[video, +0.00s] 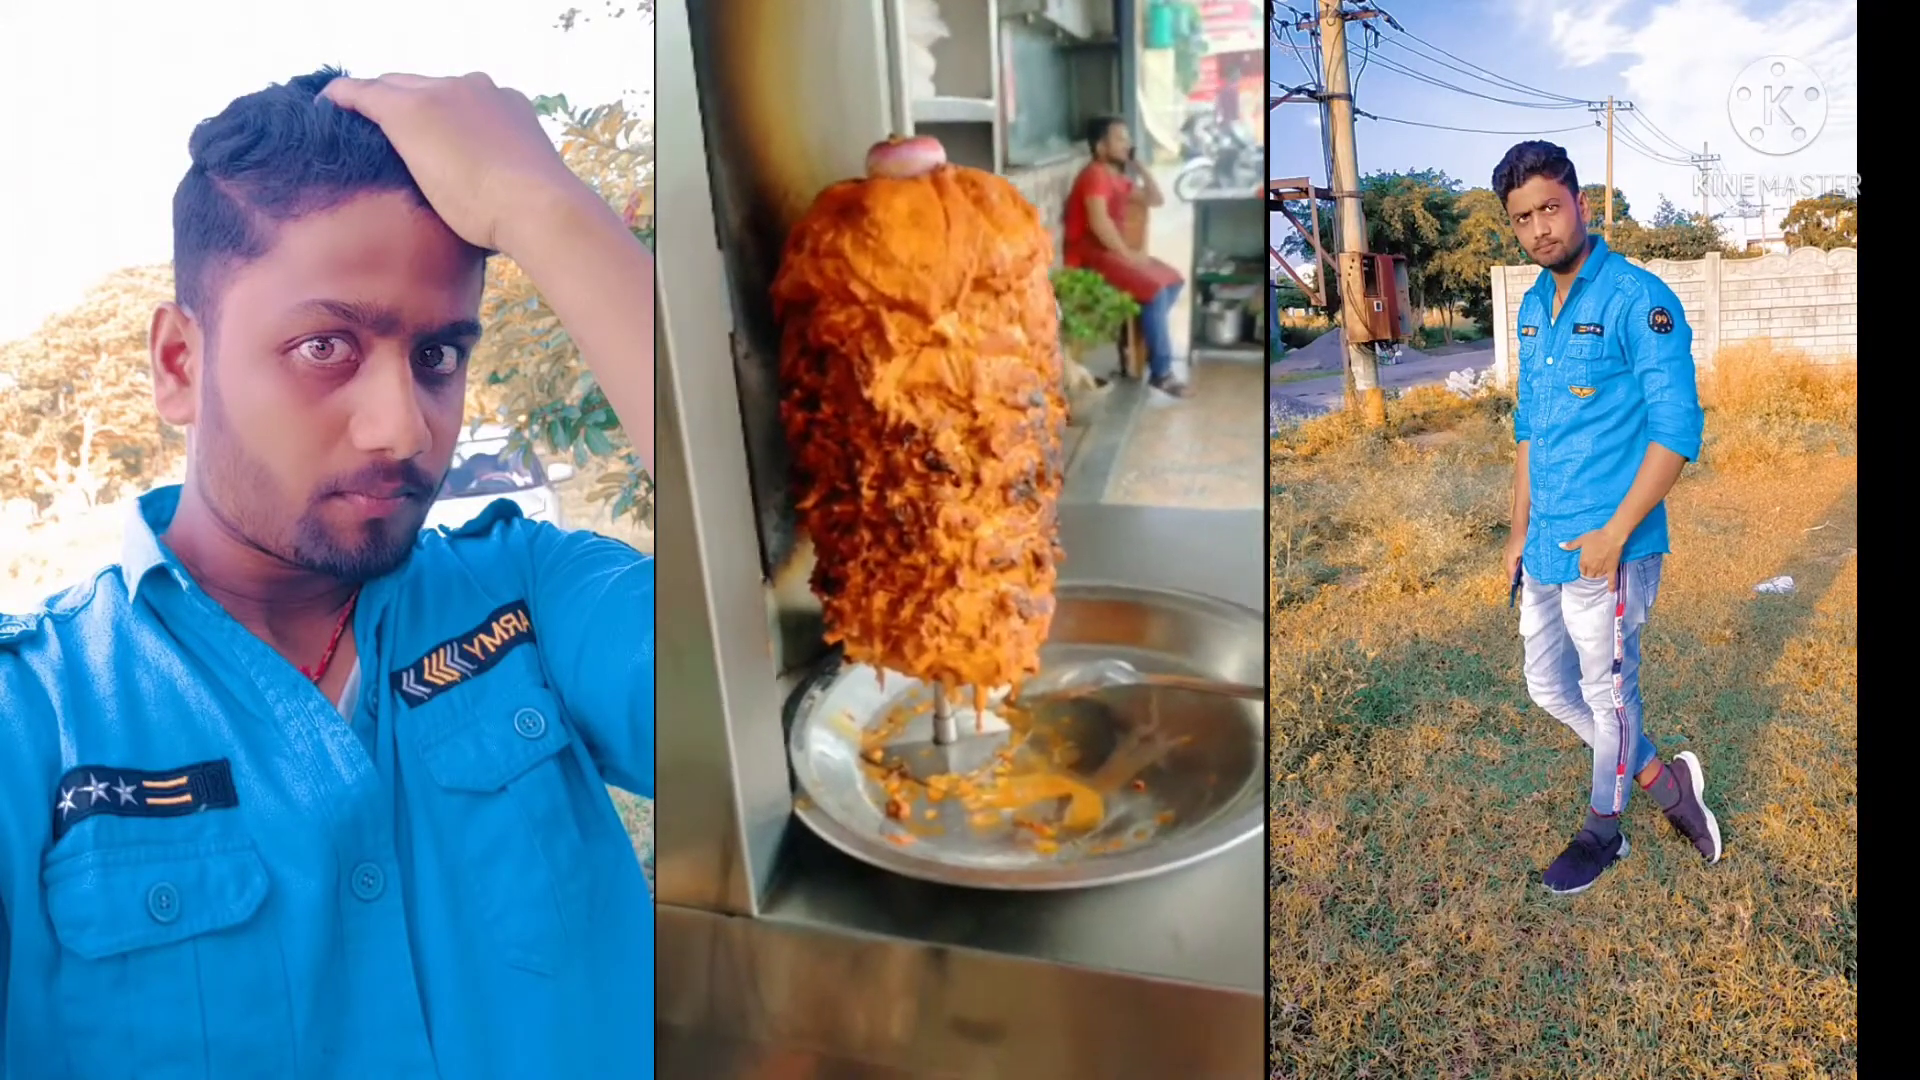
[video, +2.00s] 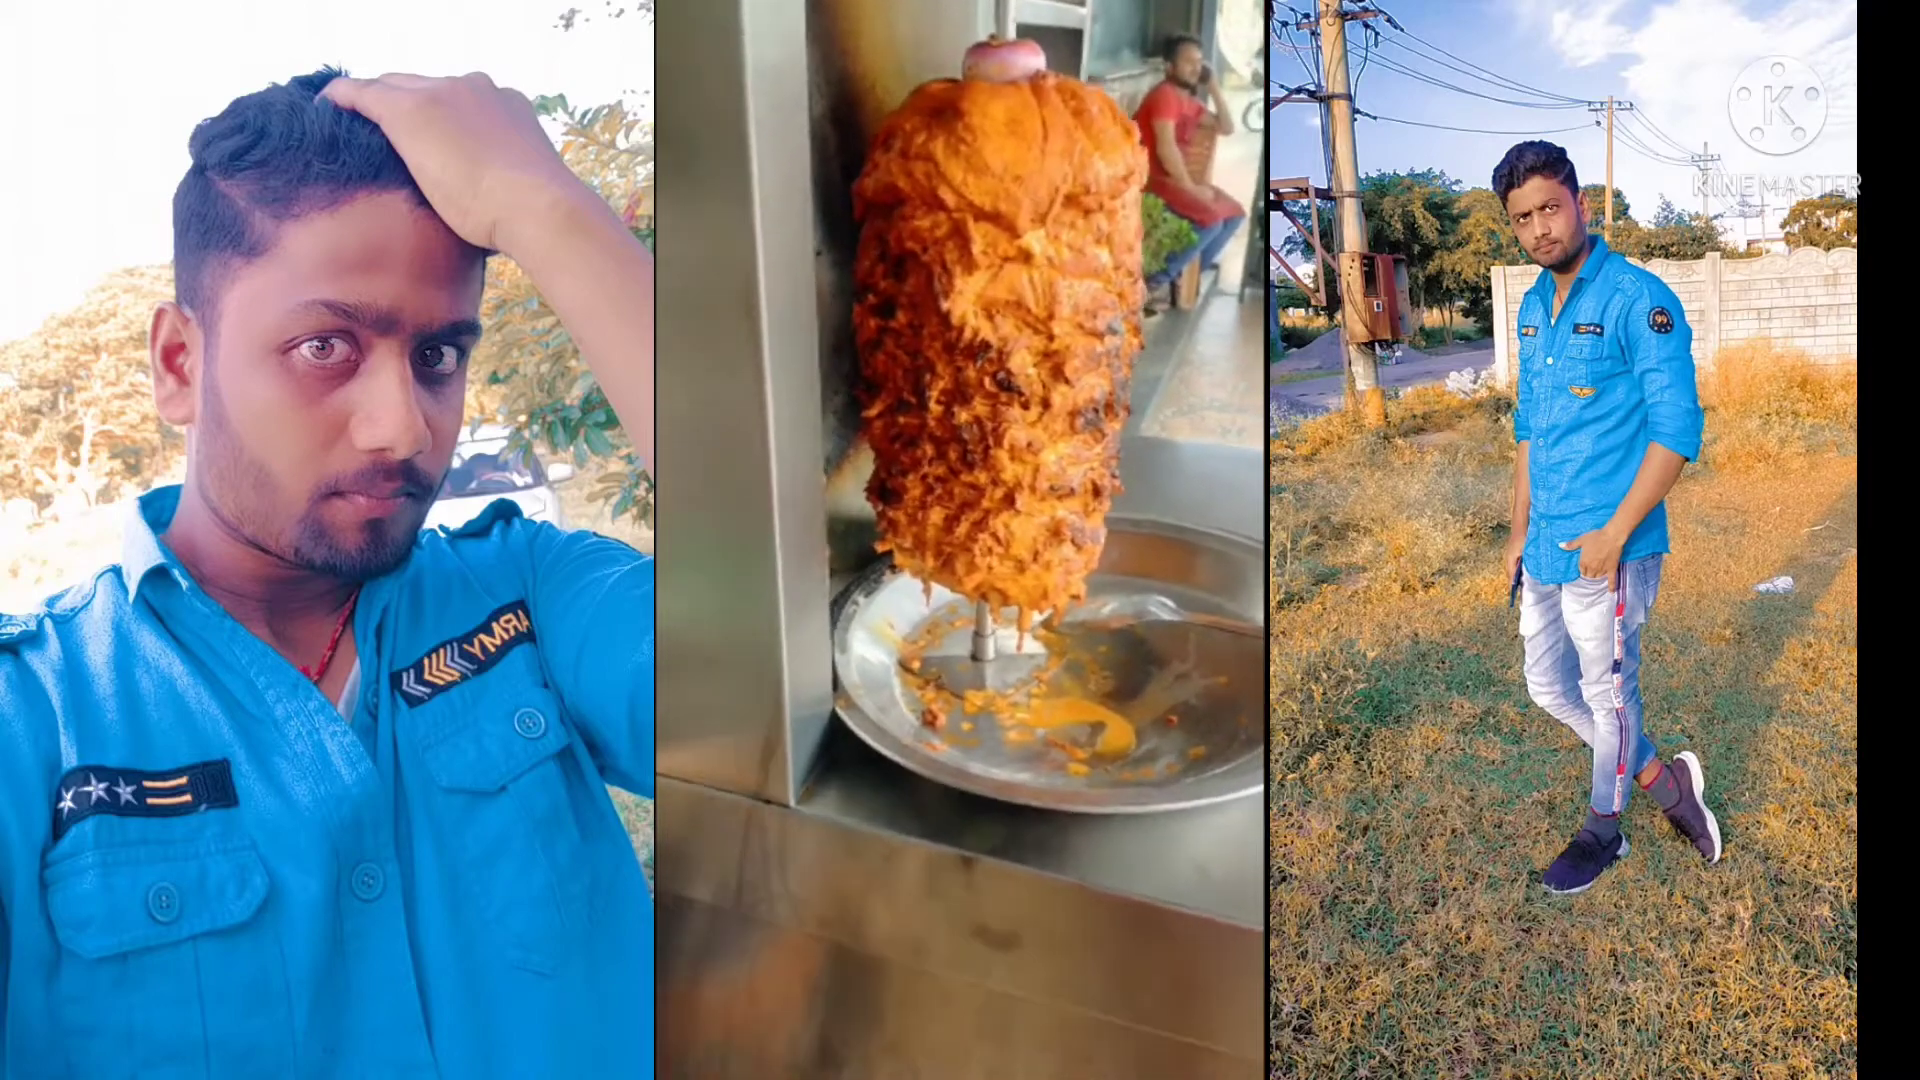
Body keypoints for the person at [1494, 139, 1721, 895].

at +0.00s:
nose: (1537, 229)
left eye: (1549, 208)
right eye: (1522, 219)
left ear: (1582, 203)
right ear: (1514, 228)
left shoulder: (1641, 298)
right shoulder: (1535, 306)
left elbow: (1678, 432)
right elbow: (1529, 431)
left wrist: (1616, 531)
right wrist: (1520, 528)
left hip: (1612, 536)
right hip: (1544, 538)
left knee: (1610, 690)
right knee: (1549, 684)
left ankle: (1602, 828)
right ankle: (1664, 778)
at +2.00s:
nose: (1537, 229)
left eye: (1548, 209)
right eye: (1522, 219)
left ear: (1582, 203)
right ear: (1513, 228)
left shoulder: (1640, 298)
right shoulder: (1534, 307)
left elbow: (1678, 432)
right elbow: (1529, 431)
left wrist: (1615, 533)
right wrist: (1519, 529)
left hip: (1611, 537)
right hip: (1544, 538)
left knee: (1609, 689)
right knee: (1549, 684)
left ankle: (1602, 828)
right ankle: (1665, 778)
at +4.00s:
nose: (1537, 229)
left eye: (1548, 209)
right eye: (1522, 219)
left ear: (1582, 202)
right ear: (1513, 228)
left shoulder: (1640, 298)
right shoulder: (1534, 307)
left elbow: (1678, 432)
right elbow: (1529, 431)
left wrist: (1615, 533)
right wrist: (1519, 529)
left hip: (1611, 537)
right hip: (1544, 538)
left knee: (1609, 689)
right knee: (1549, 684)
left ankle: (1602, 828)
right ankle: (1665, 778)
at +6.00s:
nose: (1537, 229)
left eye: (1549, 208)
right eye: (1522, 219)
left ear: (1582, 203)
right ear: (1513, 229)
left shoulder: (1640, 299)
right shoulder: (1534, 308)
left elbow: (1678, 432)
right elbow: (1529, 432)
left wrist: (1615, 533)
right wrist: (1520, 530)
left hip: (1611, 537)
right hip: (1544, 538)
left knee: (1610, 690)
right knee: (1549, 684)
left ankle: (1602, 828)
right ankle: (1665, 778)